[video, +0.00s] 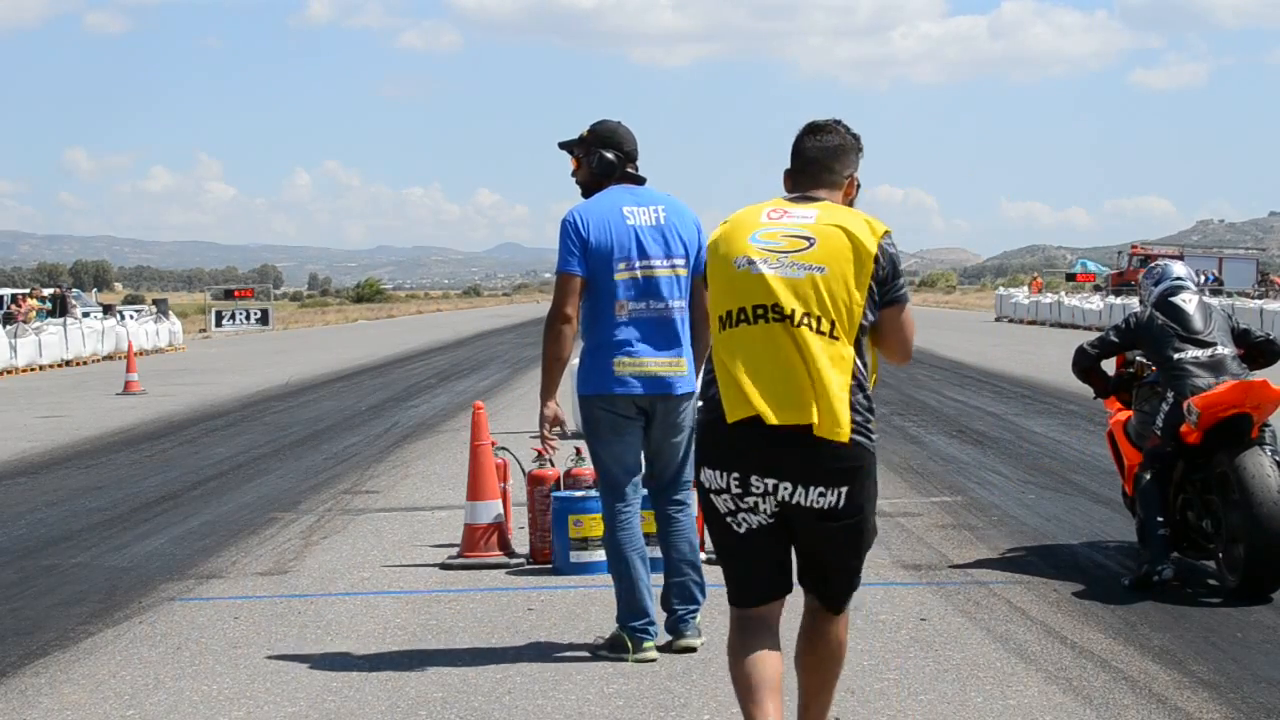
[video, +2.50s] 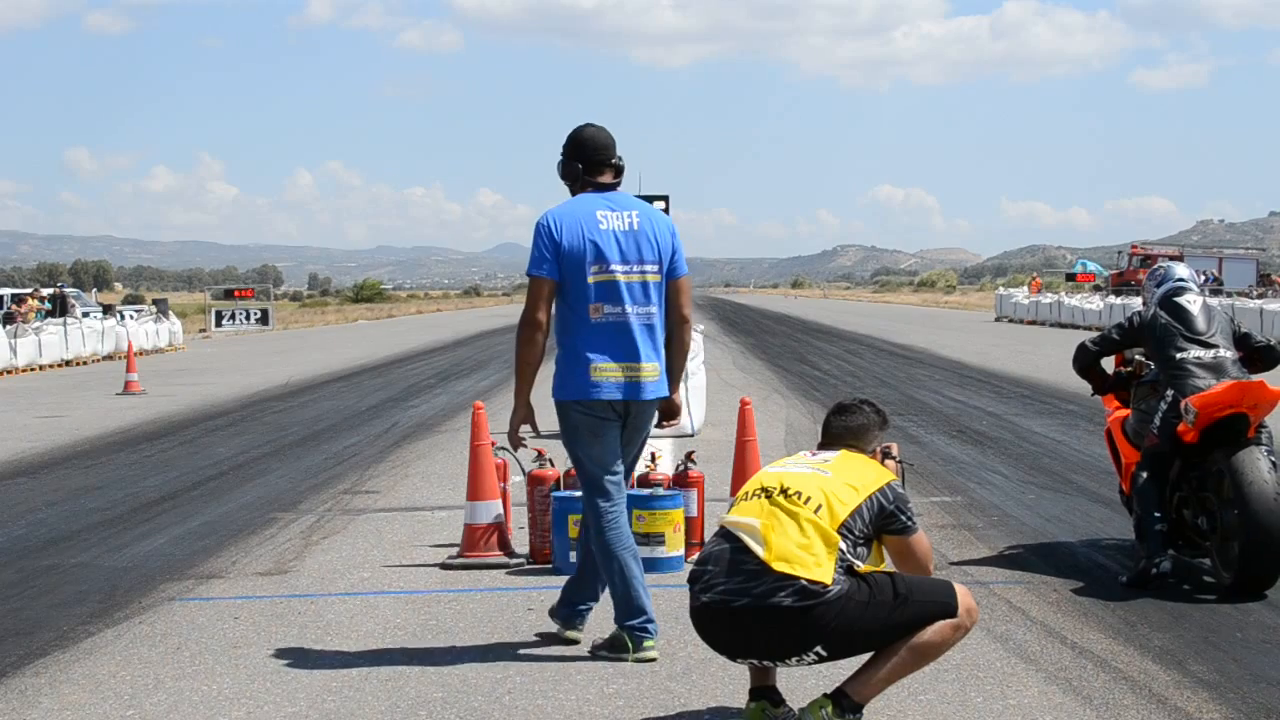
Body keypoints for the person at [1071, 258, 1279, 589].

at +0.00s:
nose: (1141, 296)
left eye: (1143, 291)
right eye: (1142, 291)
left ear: (1151, 289)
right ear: (1191, 282)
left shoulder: (1143, 319)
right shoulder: (1219, 313)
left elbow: (1084, 357)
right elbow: (1270, 346)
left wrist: (1107, 387)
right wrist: (1237, 365)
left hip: (1187, 393)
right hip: (1239, 384)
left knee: (1150, 471)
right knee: (1264, 436)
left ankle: (1157, 560)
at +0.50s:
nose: (1147, 297)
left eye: (1149, 291)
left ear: (1157, 289)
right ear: (1197, 284)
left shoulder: (1149, 319)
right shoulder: (1225, 314)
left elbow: (1088, 355)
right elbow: (1270, 348)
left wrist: (1110, 385)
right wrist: (1242, 366)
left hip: (1190, 397)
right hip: (1241, 388)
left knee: (1147, 474)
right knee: (1265, 441)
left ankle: (1156, 554)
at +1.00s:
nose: (1144, 296)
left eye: (1146, 290)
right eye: (1145, 291)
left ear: (1154, 288)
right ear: (1193, 283)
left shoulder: (1146, 319)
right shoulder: (1222, 312)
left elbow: (1086, 356)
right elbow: (1271, 346)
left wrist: (1108, 386)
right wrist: (1240, 365)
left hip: (1187, 390)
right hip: (1238, 381)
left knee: (1148, 470)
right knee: (1264, 441)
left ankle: (1155, 559)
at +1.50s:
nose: (1144, 298)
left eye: (1146, 292)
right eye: (1144, 292)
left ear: (1155, 289)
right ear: (1193, 285)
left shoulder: (1147, 320)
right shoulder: (1222, 315)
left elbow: (1085, 357)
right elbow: (1271, 349)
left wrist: (1107, 385)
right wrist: (1241, 368)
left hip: (1189, 392)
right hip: (1239, 384)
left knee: (1150, 473)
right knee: (1265, 439)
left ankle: (1154, 561)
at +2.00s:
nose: (1144, 297)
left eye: (1146, 292)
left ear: (1155, 289)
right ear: (1193, 284)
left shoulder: (1148, 320)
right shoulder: (1223, 314)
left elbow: (1086, 357)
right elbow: (1269, 349)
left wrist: (1108, 385)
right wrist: (1241, 368)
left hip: (1190, 391)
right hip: (1239, 385)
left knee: (1148, 470)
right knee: (1265, 439)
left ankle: (1154, 561)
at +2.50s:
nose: (1144, 297)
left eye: (1146, 291)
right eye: (1145, 292)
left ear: (1155, 288)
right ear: (1193, 285)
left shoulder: (1148, 318)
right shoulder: (1222, 314)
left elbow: (1085, 354)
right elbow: (1269, 351)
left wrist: (1104, 383)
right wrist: (1235, 367)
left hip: (1186, 391)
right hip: (1235, 385)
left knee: (1148, 469)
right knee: (1262, 433)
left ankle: (1153, 555)